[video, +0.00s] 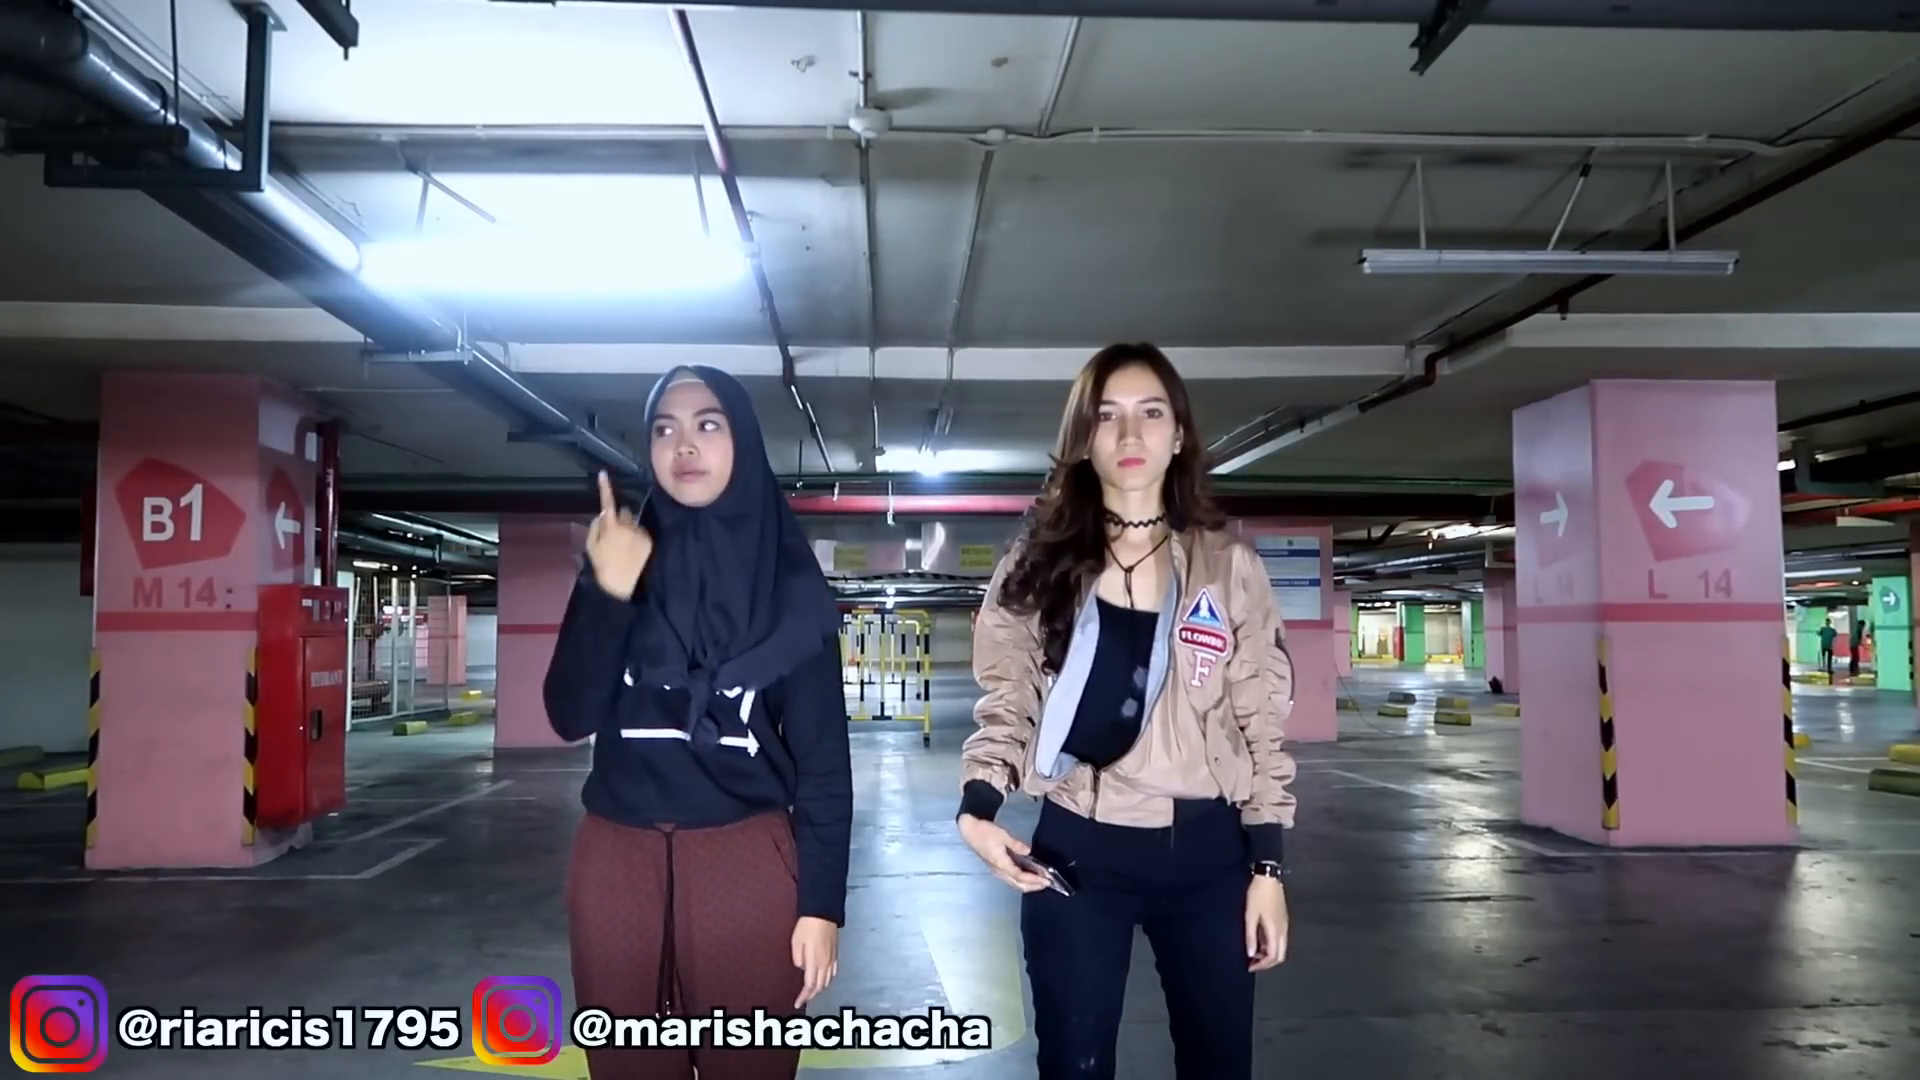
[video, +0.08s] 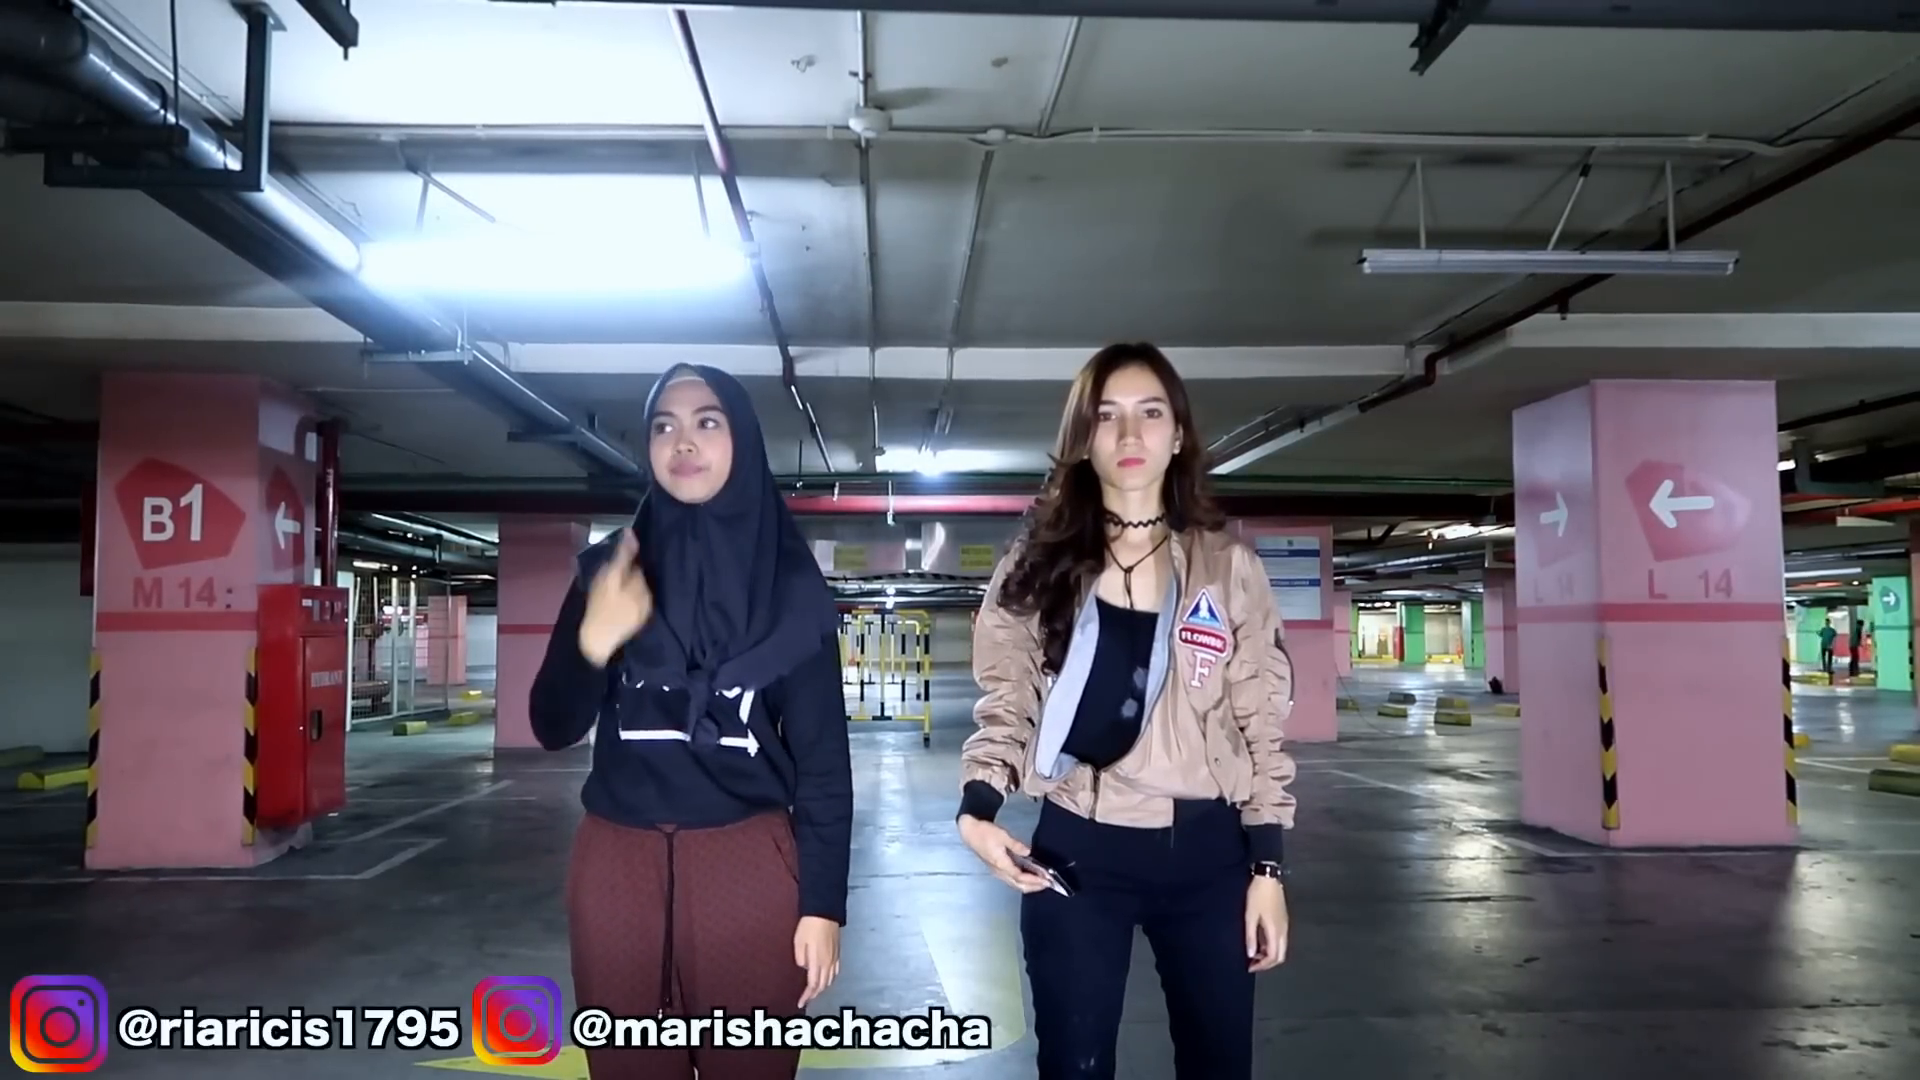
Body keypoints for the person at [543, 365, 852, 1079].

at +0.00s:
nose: (684, 444)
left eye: (708, 424)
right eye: (666, 427)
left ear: (744, 444)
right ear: (648, 451)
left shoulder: (785, 572)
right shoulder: (618, 558)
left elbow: (821, 752)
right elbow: (569, 717)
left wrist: (822, 904)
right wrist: (609, 591)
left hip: (746, 854)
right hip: (617, 852)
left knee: (747, 1065)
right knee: (622, 1064)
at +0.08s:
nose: (683, 441)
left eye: (707, 422)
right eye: (665, 425)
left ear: (744, 443)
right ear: (648, 449)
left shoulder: (785, 574)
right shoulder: (609, 568)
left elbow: (821, 751)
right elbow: (553, 727)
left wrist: (823, 904)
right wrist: (594, 643)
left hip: (747, 855)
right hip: (618, 853)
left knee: (747, 1064)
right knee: (622, 1064)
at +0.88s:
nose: (671, 444)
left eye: (694, 424)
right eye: (650, 426)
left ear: (726, 444)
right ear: (631, 449)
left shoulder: (768, 572)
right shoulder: (585, 563)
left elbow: (805, 746)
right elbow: (520, 684)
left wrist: (809, 897)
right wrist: (540, 801)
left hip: (734, 858)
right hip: (604, 861)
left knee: (738, 1064)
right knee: (615, 1065)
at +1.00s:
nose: (672, 443)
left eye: (695, 423)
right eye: (651, 425)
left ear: (725, 442)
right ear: (631, 448)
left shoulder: (767, 572)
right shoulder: (583, 563)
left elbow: (800, 745)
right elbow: (520, 686)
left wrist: (802, 896)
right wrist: (541, 803)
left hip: (733, 856)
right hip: (602, 858)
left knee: (738, 1064)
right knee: (615, 1065)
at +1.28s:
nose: (707, 527)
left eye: (731, 501)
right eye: (685, 503)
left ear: (766, 504)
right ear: (661, 506)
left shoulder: (775, 619)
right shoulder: (611, 572)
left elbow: (702, 785)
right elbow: (567, 703)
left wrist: (753, 657)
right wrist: (547, 823)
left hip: (710, 873)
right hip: (583, 860)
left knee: (751, 1069)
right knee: (557, 1064)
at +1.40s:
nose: (712, 549)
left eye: (739, 528)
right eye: (692, 522)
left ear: (768, 537)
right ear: (666, 520)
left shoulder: (754, 646)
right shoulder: (607, 567)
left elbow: (623, 795)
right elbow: (573, 682)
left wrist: (702, 736)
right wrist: (568, 737)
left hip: (680, 844)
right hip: (569, 828)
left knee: (713, 1065)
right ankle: (532, 1067)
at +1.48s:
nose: (708, 524)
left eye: (734, 504)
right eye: (688, 497)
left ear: (763, 511)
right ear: (659, 494)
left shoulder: (754, 628)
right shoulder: (601, 533)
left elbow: (593, 758)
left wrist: (699, 675)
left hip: (651, 817)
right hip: (530, 799)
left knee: (677, 1054)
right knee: (498, 1033)